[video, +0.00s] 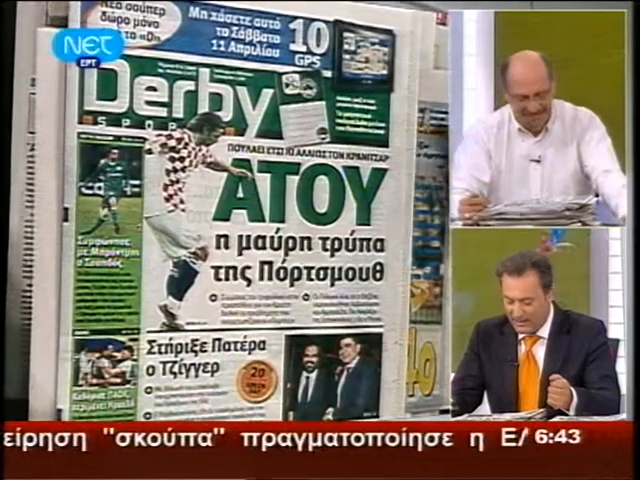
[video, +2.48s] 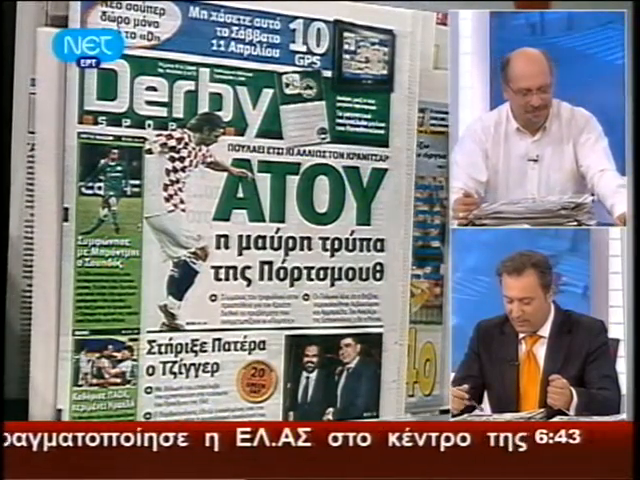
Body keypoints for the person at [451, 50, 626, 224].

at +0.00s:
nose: (533, 107)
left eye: (541, 96)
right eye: (521, 99)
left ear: (552, 86)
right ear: (506, 94)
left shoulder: (583, 123)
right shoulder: (485, 133)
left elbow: (609, 177)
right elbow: (462, 196)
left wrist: (630, 213)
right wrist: (468, 210)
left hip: (573, 244)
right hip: (505, 244)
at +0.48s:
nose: (532, 105)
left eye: (539, 93)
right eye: (520, 96)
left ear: (550, 85)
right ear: (506, 92)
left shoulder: (580, 122)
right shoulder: (483, 131)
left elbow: (605, 173)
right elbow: (461, 191)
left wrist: (625, 210)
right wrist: (464, 209)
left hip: (569, 242)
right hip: (502, 243)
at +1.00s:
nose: (527, 106)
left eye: (535, 95)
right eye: (516, 97)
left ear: (548, 87)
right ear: (503, 93)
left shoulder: (578, 123)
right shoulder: (481, 130)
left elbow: (602, 173)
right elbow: (462, 187)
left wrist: (624, 210)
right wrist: (462, 208)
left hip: (566, 244)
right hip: (499, 244)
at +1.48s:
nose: (535, 101)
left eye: (542, 89)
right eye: (524, 92)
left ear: (551, 84)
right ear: (504, 91)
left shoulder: (578, 122)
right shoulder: (481, 130)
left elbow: (602, 173)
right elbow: (461, 189)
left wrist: (624, 210)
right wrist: (463, 208)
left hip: (567, 245)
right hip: (499, 245)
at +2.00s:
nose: (537, 101)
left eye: (544, 90)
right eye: (526, 92)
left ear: (553, 84)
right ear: (507, 91)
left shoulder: (580, 123)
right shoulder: (483, 131)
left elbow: (603, 173)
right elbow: (462, 189)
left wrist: (624, 210)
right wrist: (463, 208)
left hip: (567, 246)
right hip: (499, 245)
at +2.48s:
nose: (536, 102)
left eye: (543, 91)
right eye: (525, 93)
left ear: (552, 84)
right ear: (506, 91)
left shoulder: (580, 123)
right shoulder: (482, 131)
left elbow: (603, 173)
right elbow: (462, 189)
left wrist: (624, 210)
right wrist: (463, 208)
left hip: (567, 245)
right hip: (500, 245)